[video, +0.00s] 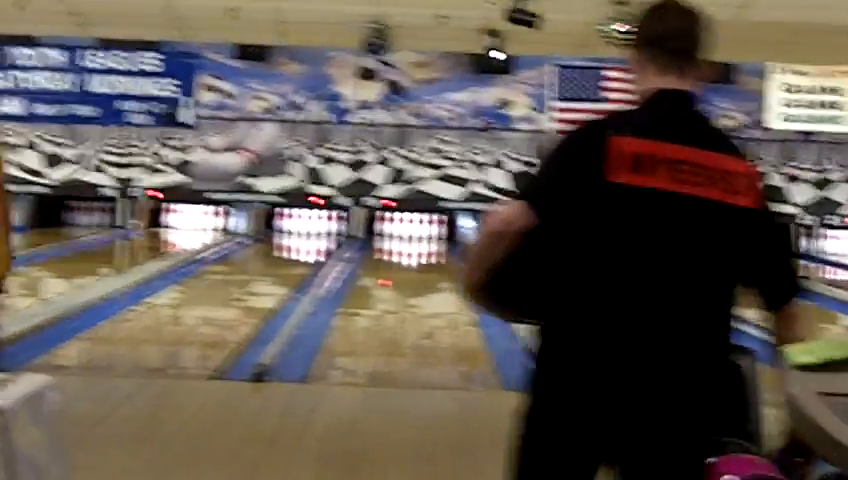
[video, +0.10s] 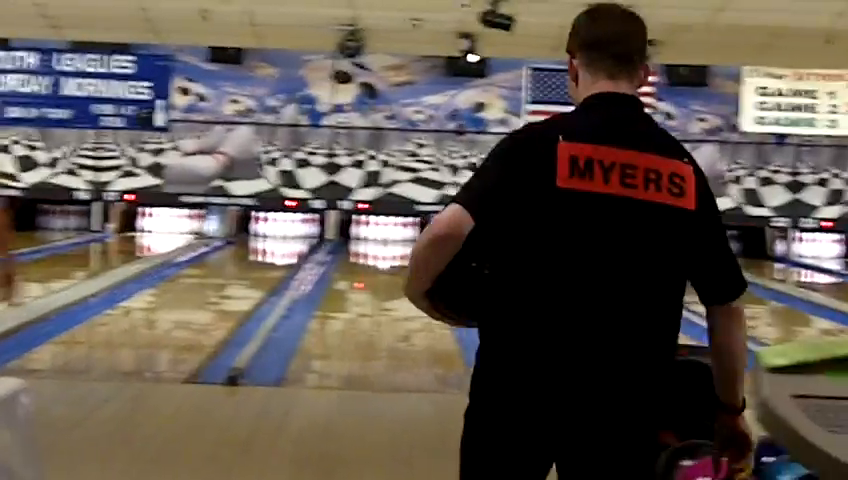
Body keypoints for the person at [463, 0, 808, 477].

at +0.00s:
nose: (633, 62)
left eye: (635, 52)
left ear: (637, 57)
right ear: (698, 65)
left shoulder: (592, 143)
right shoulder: (738, 170)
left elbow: (511, 220)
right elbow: (783, 307)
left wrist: (474, 278)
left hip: (581, 387)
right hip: (688, 396)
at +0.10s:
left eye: (569, 68)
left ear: (573, 66)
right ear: (644, 74)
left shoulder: (527, 147)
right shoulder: (682, 170)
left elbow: (444, 233)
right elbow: (725, 305)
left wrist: (419, 291)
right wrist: (731, 409)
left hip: (516, 404)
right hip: (625, 414)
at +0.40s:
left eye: (508, 92)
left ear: (512, 93)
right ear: (583, 97)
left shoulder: (472, 167)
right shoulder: (626, 182)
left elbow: (393, 254)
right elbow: (657, 310)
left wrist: (366, 317)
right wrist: (661, 415)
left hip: (473, 400)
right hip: (568, 408)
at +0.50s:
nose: (489, 103)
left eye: (487, 95)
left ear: (488, 97)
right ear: (555, 98)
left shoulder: (457, 171)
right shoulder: (603, 179)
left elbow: (374, 258)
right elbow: (643, 296)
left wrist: (357, 325)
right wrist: (658, 404)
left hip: (464, 399)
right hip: (555, 405)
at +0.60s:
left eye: (457, 99)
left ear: (461, 104)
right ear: (519, 103)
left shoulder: (426, 180)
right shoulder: (567, 185)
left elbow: (352, 265)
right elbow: (619, 297)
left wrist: (337, 329)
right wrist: (647, 392)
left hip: (444, 397)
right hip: (530, 400)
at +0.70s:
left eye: (406, 115)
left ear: (410, 117)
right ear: (476, 113)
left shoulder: (379, 185)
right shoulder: (523, 188)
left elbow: (304, 270)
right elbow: (575, 294)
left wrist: (288, 339)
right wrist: (608, 390)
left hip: (394, 401)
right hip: (482, 403)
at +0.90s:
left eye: (376, 117)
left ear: (377, 120)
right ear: (442, 121)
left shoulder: (339, 190)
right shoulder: (477, 198)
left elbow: (272, 275)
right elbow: (522, 308)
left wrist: (248, 337)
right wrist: (545, 394)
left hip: (349, 396)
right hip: (433, 400)